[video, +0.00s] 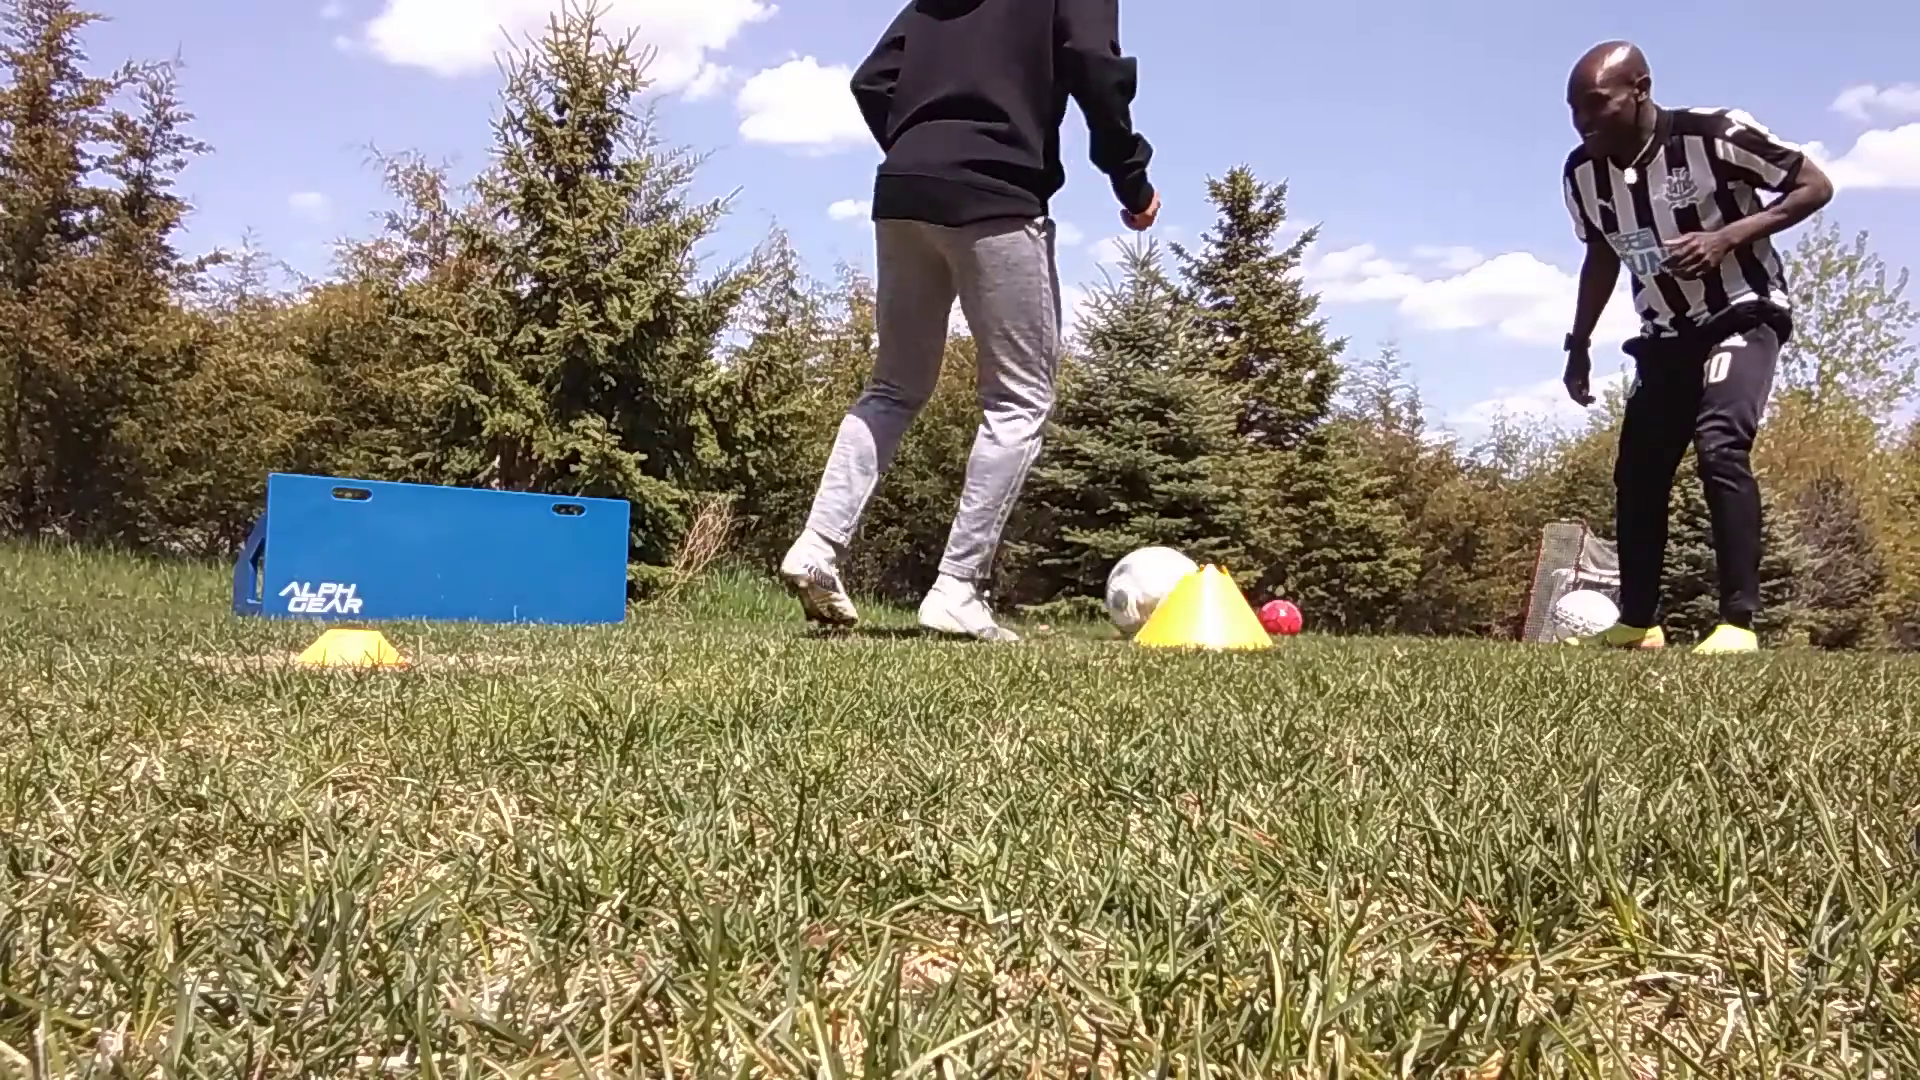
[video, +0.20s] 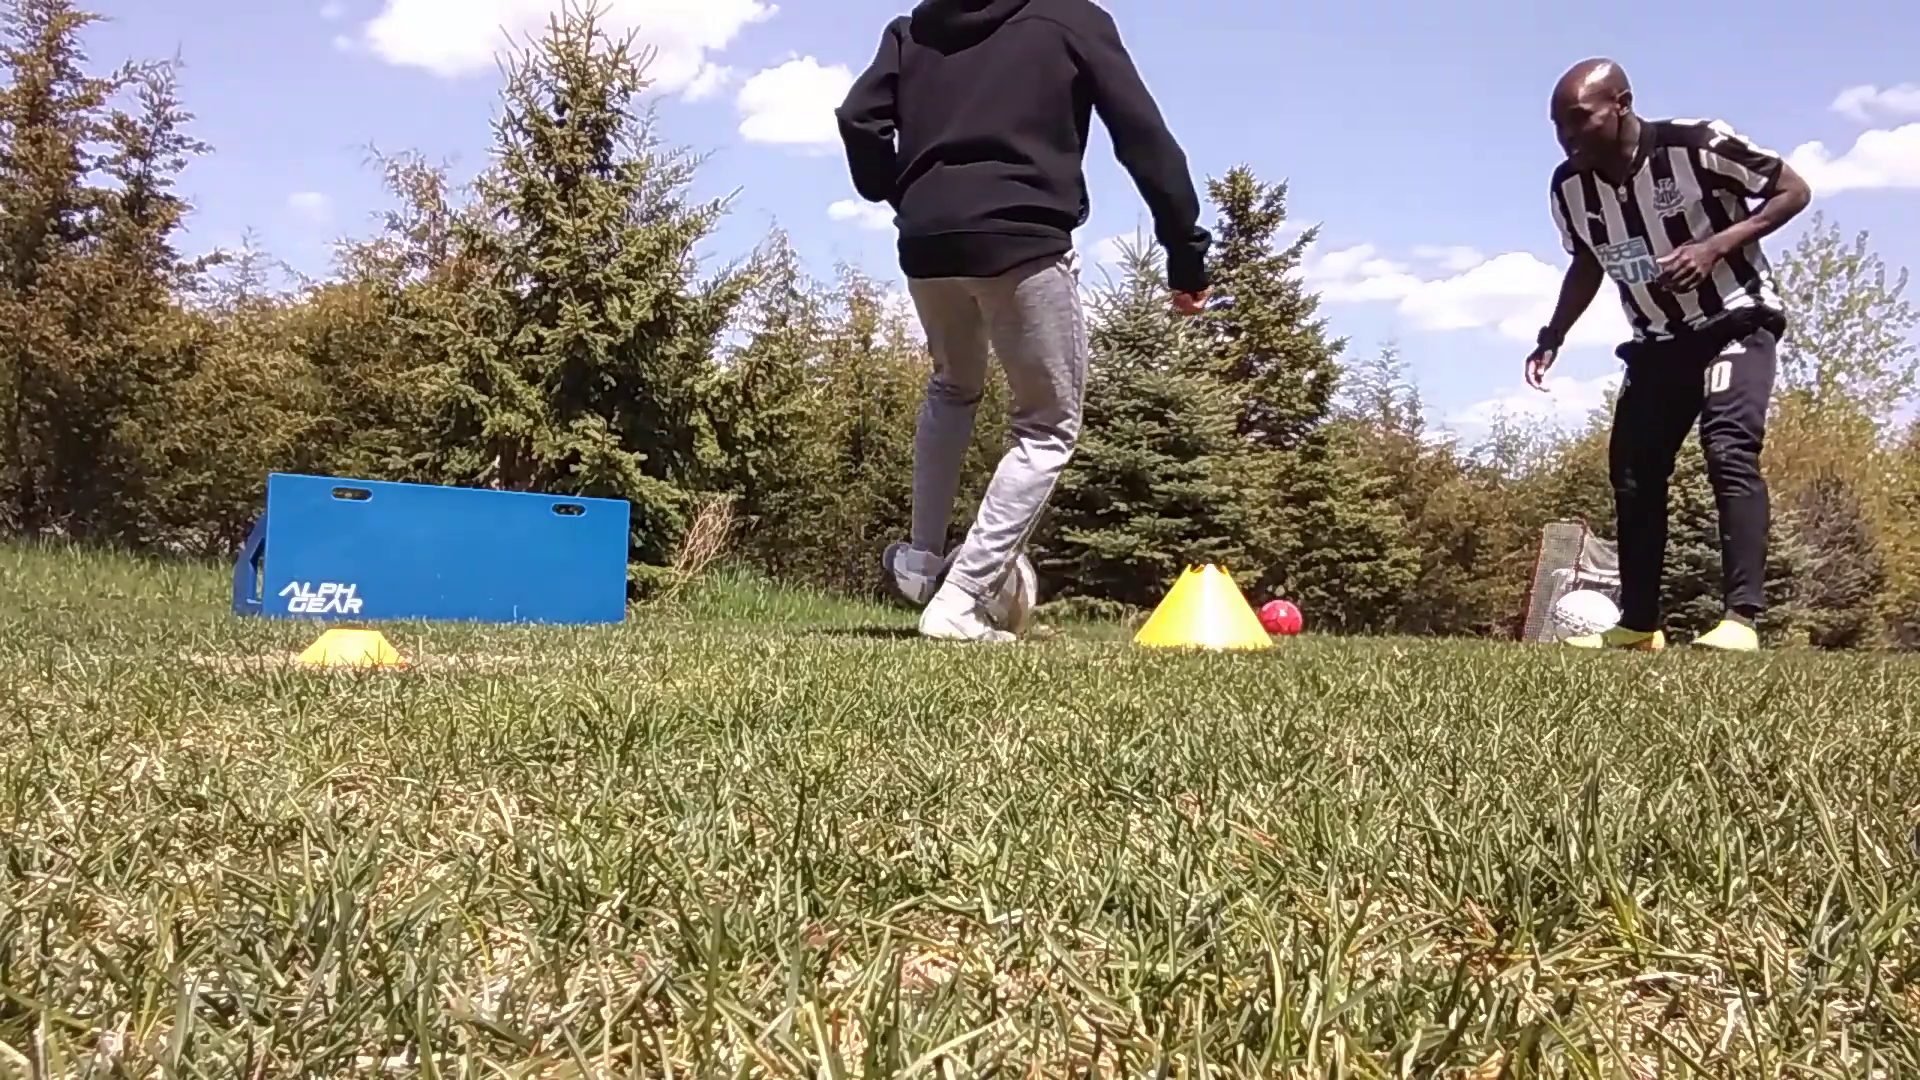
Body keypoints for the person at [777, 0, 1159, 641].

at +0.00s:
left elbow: (873, 77)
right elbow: (1093, 60)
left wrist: (921, 155)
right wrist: (1131, 176)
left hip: (902, 182)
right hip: (995, 185)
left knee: (894, 387)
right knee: (1019, 400)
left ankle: (816, 549)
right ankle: (956, 591)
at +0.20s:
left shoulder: (913, 25)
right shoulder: (1072, 15)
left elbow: (858, 116)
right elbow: (1143, 131)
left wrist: (901, 189)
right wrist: (1185, 253)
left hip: (926, 229)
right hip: (1020, 228)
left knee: (952, 387)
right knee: (1045, 427)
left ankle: (921, 561)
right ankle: (960, 603)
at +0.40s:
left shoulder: (918, 13)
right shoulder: (1074, 1)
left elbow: (870, 118)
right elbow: (1120, 92)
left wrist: (929, 191)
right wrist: (1143, 204)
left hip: (925, 210)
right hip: (1015, 195)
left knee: (970, 403)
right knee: (1083, 397)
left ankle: (883, 591)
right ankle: (996, 585)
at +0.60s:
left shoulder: (950, 10)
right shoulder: (1092, 1)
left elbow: (903, 123)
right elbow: (1147, 64)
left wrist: (967, 189)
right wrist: (1215, 181)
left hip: (952, 212)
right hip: (1050, 197)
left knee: (952, 417)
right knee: (1155, 391)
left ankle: (880, 600)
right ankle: (1091, 583)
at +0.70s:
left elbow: (925, 67)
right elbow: (1218, 20)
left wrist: (984, 141)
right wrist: (1270, 121)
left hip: (969, 146)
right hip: (1077, 132)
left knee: (978, 384)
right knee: (1145, 371)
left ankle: (897, 585)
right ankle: (1085, 596)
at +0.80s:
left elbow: (938, 22)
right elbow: (1250, 1)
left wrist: (993, 84)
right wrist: (1288, 57)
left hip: (982, 79)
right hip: (1097, 58)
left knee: (1026, 327)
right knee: (1140, 325)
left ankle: (952, 519)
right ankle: (1117, 572)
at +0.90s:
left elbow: (942, 3)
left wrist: (1000, 56)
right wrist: (1299, 39)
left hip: (993, 61)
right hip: (1110, 36)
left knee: (1028, 341)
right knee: (1211, 292)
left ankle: (986, 581)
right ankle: (1182, 539)